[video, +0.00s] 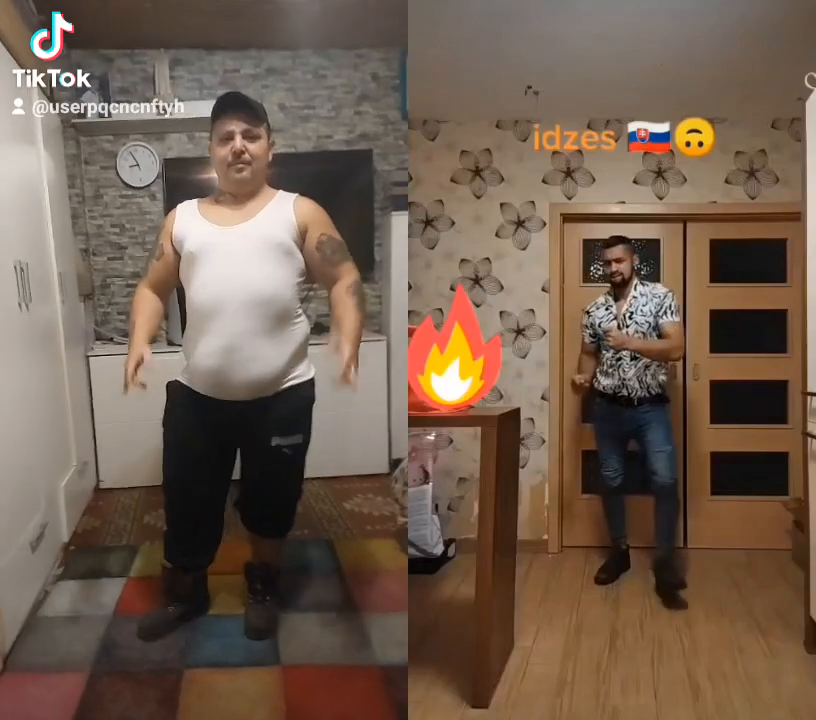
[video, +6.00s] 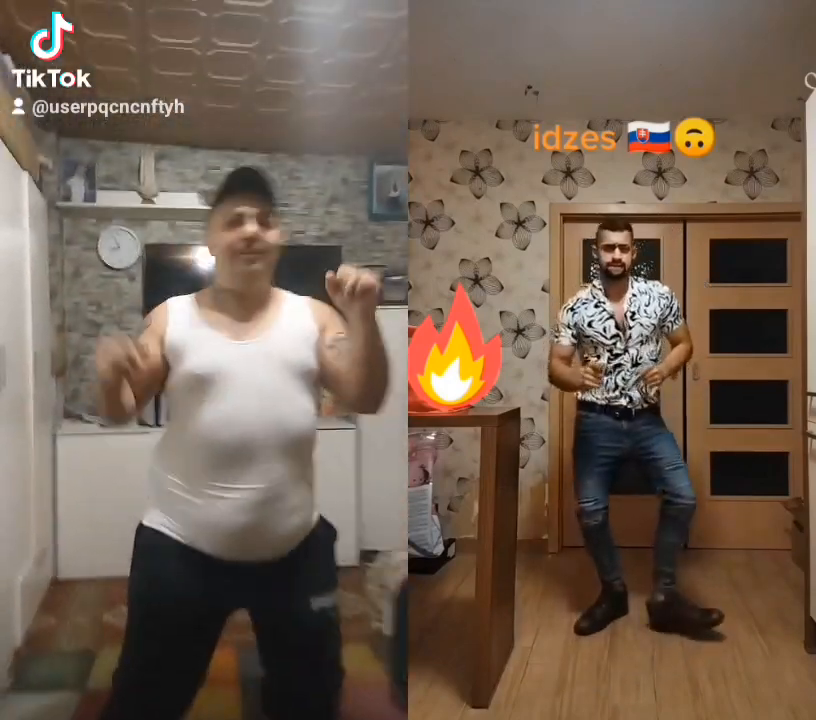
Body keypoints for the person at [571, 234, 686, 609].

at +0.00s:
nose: (613, 268)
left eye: (619, 261)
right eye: (608, 263)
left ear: (635, 261)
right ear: (603, 267)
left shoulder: (659, 297)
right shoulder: (596, 311)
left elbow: (675, 346)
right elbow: (588, 354)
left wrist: (629, 343)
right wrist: (584, 376)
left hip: (650, 407)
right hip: (608, 408)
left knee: (664, 481)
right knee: (611, 481)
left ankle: (666, 567)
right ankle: (619, 553)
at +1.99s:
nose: (648, 245)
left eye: (656, 237)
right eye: (639, 237)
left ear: (666, 240)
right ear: (625, 240)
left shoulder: (689, 295)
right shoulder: (597, 293)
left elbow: (715, 368)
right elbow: (580, 354)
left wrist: (697, 333)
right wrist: (594, 393)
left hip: (675, 429)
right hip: (618, 429)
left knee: (704, 521)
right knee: (613, 527)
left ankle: (685, 631)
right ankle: (632, 600)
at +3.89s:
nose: (639, 240)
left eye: (647, 231)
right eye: (630, 231)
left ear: (657, 234)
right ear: (611, 233)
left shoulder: (671, 296)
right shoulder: (577, 291)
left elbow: (685, 371)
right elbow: (550, 364)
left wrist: (672, 353)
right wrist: (586, 405)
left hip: (662, 435)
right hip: (600, 438)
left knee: (703, 530)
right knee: (590, 546)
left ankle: (666, 617)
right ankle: (608, 648)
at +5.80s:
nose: (606, 249)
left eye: (614, 242)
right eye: (600, 242)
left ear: (628, 247)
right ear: (590, 247)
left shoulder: (654, 293)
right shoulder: (571, 300)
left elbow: (682, 347)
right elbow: (545, 357)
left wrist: (656, 376)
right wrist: (564, 363)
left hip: (648, 418)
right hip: (598, 420)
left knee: (672, 504)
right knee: (589, 508)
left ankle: (662, 604)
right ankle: (613, 594)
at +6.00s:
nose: (616, 255)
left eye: (624, 248)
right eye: (609, 248)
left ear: (634, 252)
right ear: (596, 252)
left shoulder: (658, 296)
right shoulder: (577, 306)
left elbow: (684, 344)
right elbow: (556, 366)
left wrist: (665, 368)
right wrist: (577, 377)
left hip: (648, 421)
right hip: (598, 423)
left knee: (681, 499)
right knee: (590, 510)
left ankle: (664, 598)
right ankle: (613, 595)